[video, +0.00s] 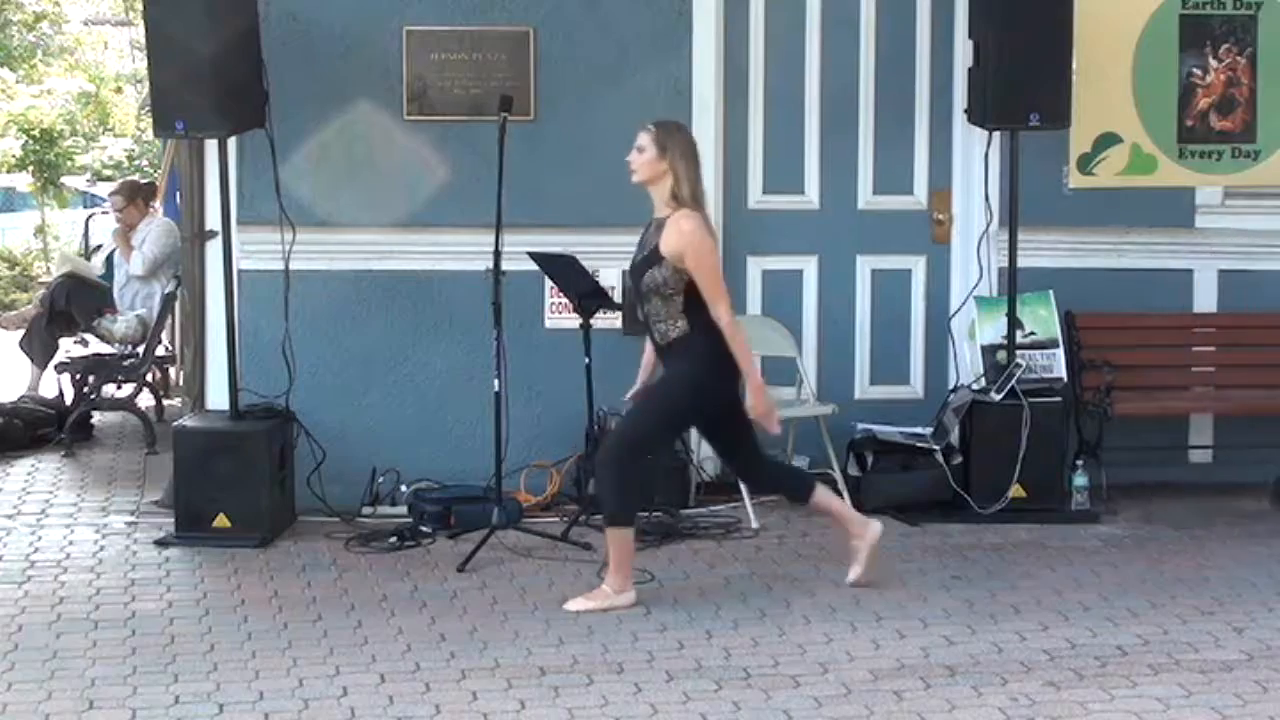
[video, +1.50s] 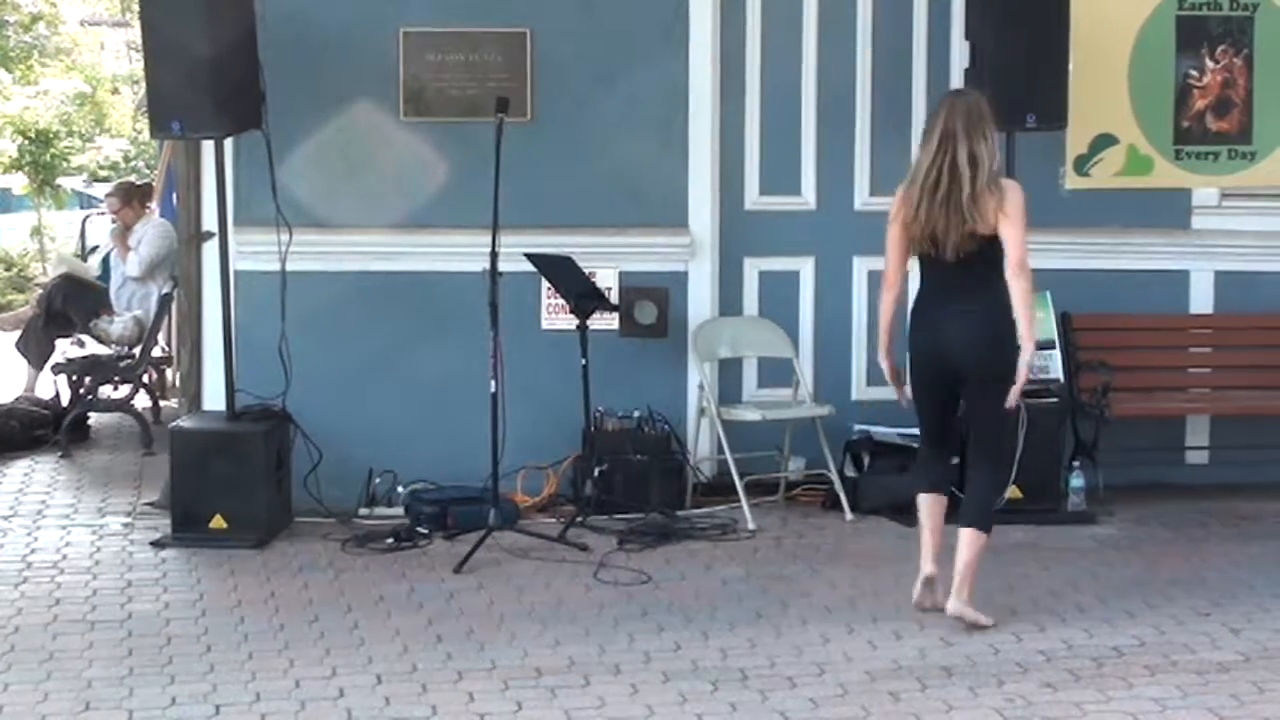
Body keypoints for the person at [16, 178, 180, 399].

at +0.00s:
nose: (117, 218)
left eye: (120, 211)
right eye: (114, 212)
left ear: (140, 205)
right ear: (136, 206)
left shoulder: (164, 228)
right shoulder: (128, 234)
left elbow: (142, 267)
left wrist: (122, 243)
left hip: (139, 319)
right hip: (118, 313)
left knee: (69, 285)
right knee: (46, 320)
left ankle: (35, 310)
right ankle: (32, 390)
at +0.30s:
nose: (117, 218)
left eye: (119, 211)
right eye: (114, 213)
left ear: (140, 205)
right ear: (136, 206)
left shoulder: (164, 229)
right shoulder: (128, 234)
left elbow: (142, 267)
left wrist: (123, 243)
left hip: (140, 318)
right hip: (118, 311)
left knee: (68, 284)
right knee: (45, 320)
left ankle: (34, 310)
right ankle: (32, 390)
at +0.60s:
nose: (117, 218)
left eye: (119, 212)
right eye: (114, 213)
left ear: (140, 205)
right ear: (136, 206)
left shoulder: (164, 229)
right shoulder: (127, 235)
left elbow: (141, 267)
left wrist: (123, 242)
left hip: (140, 318)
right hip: (119, 312)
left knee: (69, 285)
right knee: (45, 320)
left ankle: (34, 310)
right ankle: (32, 390)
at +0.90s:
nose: (117, 218)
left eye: (119, 212)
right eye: (114, 213)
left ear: (139, 205)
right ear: (136, 206)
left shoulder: (164, 229)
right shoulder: (127, 234)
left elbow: (141, 267)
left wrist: (123, 242)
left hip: (140, 318)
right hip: (119, 312)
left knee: (69, 285)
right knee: (45, 319)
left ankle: (34, 310)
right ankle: (32, 390)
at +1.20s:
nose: (116, 220)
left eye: (118, 213)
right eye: (113, 215)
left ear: (136, 206)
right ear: (133, 207)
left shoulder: (162, 230)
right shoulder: (124, 233)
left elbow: (139, 268)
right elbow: (95, 269)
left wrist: (122, 244)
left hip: (138, 318)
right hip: (115, 311)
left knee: (67, 285)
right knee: (43, 321)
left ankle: (33, 312)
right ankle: (30, 391)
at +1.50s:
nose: (114, 220)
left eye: (116, 213)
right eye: (112, 215)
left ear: (135, 206)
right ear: (132, 207)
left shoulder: (160, 230)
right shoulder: (123, 233)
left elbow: (137, 269)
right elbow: (94, 269)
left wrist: (121, 244)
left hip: (137, 317)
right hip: (114, 310)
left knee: (65, 285)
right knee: (43, 321)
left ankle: (31, 312)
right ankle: (29, 390)